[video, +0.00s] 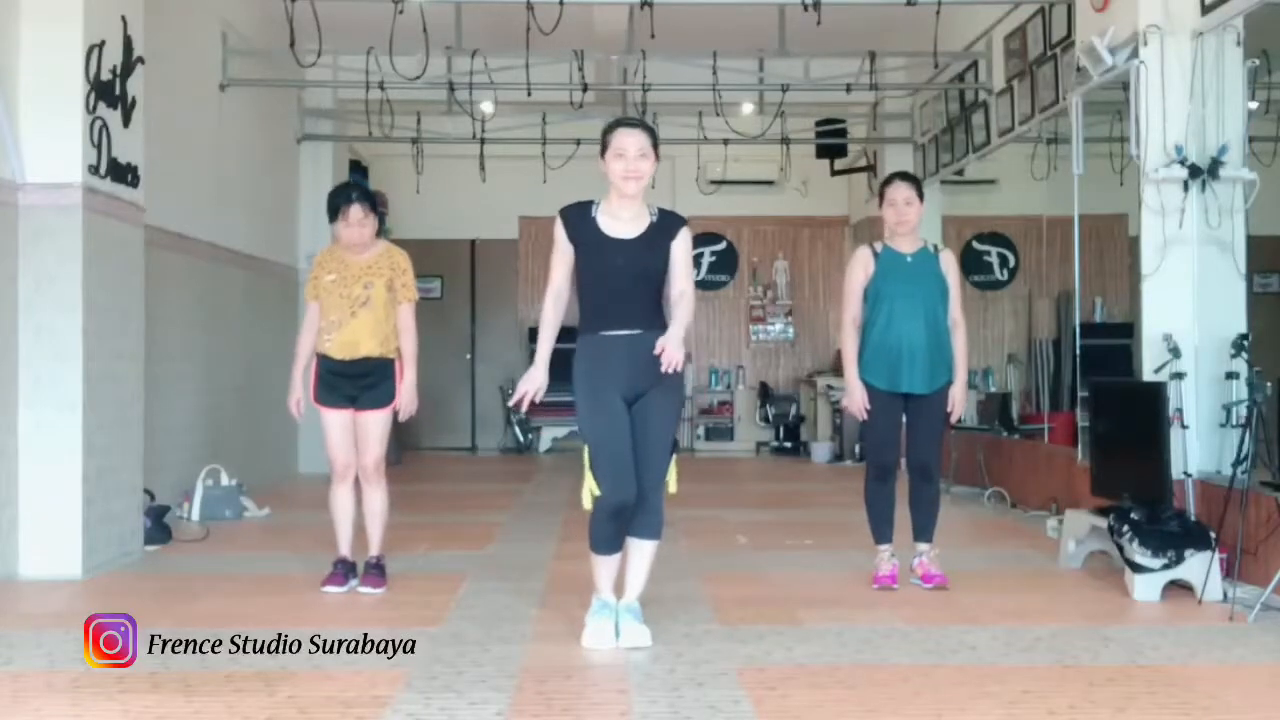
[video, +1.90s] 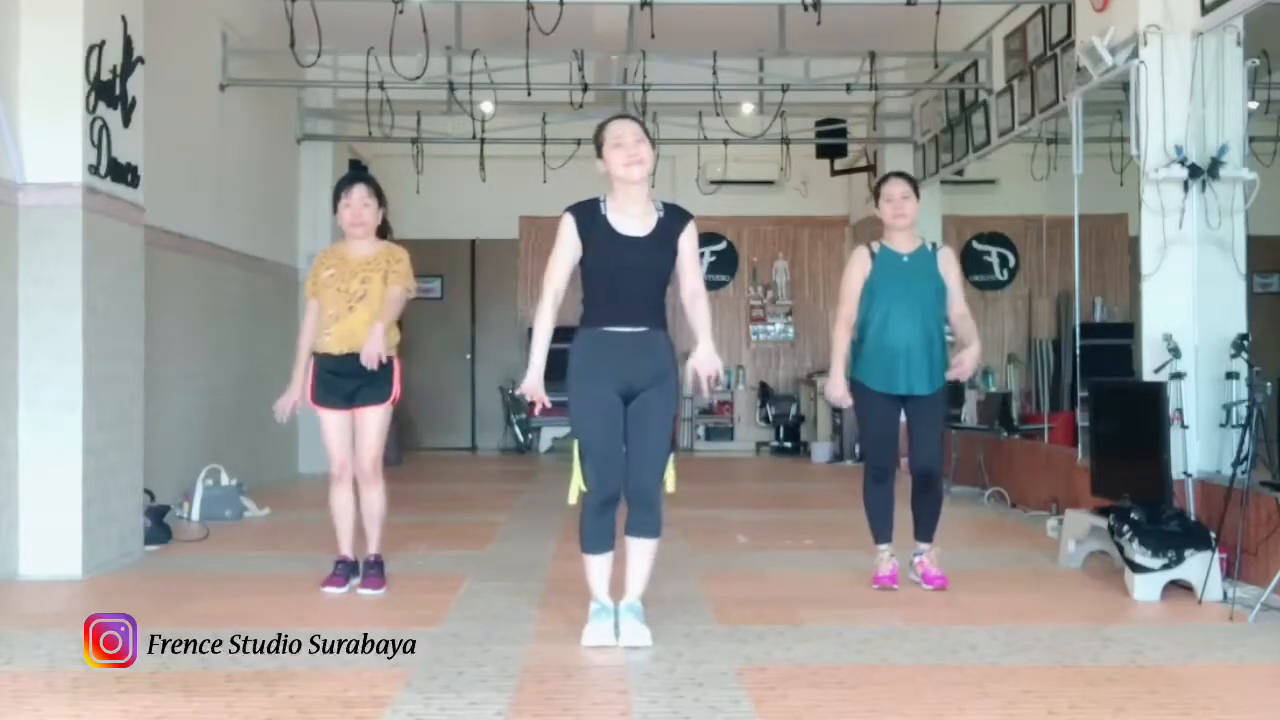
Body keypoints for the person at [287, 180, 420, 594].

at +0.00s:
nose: (355, 230)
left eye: (363, 221)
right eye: (347, 222)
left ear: (377, 220)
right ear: (334, 224)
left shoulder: (395, 260)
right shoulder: (324, 261)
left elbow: (407, 324)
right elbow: (311, 323)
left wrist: (409, 381)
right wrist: (297, 379)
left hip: (379, 369)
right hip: (331, 369)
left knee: (371, 467)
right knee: (341, 468)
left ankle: (375, 560)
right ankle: (343, 560)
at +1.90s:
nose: (357, 212)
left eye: (366, 203)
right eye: (348, 204)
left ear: (380, 212)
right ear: (336, 213)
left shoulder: (395, 257)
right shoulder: (324, 262)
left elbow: (396, 298)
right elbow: (310, 326)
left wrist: (377, 329)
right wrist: (296, 385)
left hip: (375, 367)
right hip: (329, 367)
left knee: (368, 467)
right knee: (339, 470)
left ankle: (373, 558)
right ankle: (344, 559)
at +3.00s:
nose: (361, 214)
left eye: (370, 207)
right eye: (351, 207)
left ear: (382, 216)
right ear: (339, 216)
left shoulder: (398, 260)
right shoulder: (326, 262)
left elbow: (415, 316)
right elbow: (309, 300)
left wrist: (433, 366)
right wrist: (297, 314)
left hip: (386, 371)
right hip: (338, 371)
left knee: (375, 469)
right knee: (334, 470)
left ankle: (373, 559)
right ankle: (342, 556)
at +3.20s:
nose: (363, 217)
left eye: (372, 209)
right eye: (354, 210)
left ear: (383, 218)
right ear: (340, 219)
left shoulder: (399, 262)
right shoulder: (326, 264)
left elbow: (413, 316)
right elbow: (312, 299)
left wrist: (428, 366)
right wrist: (304, 315)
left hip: (388, 371)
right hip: (340, 372)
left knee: (376, 469)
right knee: (336, 472)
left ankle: (373, 559)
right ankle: (342, 556)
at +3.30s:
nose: (363, 217)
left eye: (372, 209)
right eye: (354, 210)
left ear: (383, 218)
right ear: (341, 219)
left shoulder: (399, 262)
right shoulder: (326, 265)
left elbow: (413, 317)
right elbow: (311, 300)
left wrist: (428, 366)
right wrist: (303, 316)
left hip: (387, 371)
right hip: (339, 372)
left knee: (376, 468)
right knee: (337, 472)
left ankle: (373, 559)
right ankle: (342, 556)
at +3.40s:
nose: (363, 217)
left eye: (372, 210)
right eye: (353, 210)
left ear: (383, 218)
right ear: (341, 220)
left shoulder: (399, 264)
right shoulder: (326, 266)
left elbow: (413, 319)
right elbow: (311, 307)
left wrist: (427, 368)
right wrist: (302, 321)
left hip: (388, 371)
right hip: (340, 372)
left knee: (377, 468)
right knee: (335, 472)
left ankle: (373, 558)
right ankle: (342, 555)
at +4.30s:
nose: (350, 216)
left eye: (360, 208)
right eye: (343, 208)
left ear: (376, 218)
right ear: (332, 217)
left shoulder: (389, 262)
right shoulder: (321, 266)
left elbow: (377, 321)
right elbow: (309, 331)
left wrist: (363, 311)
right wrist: (295, 385)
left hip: (368, 368)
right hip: (322, 366)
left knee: (355, 468)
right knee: (334, 471)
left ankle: (371, 558)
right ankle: (345, 560)